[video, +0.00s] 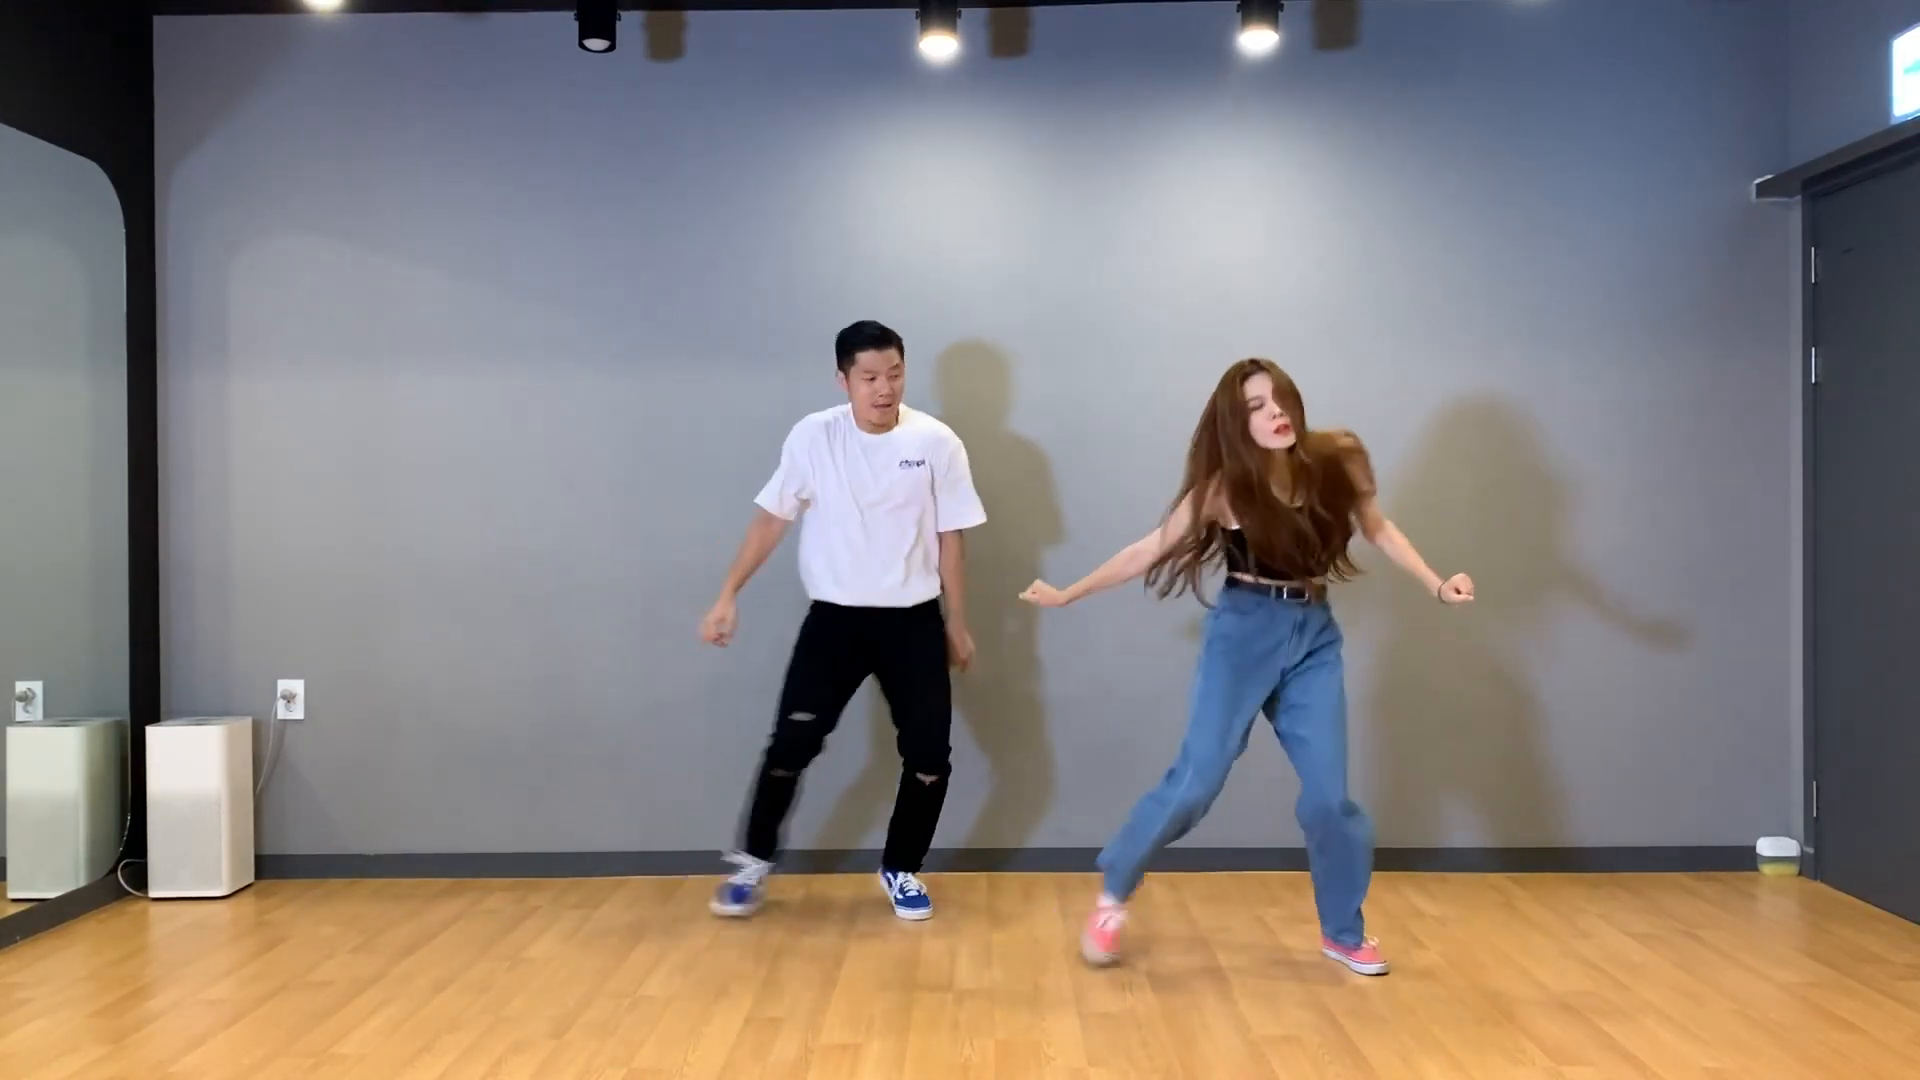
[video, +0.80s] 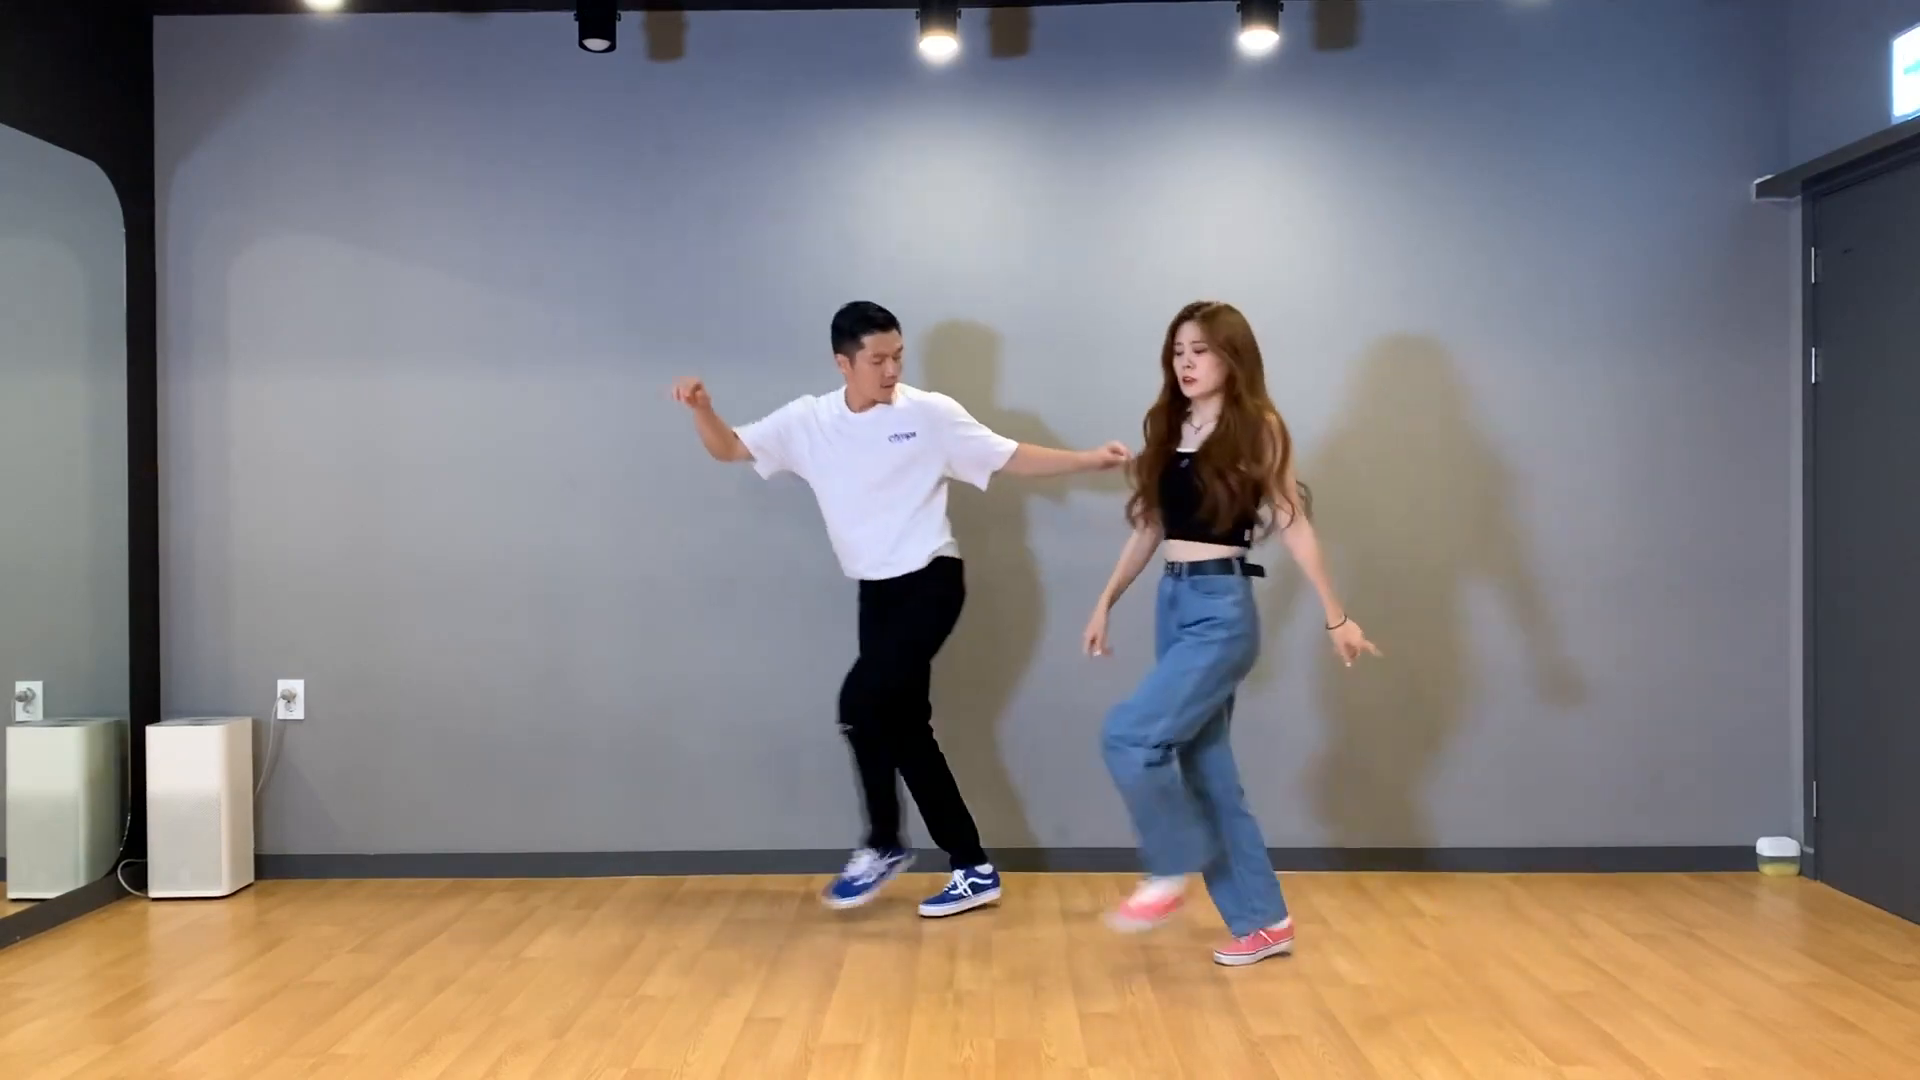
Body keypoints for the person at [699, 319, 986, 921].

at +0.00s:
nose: (883, 388)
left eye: (893, 374)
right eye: (868, 376)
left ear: (905, 374)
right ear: (844, 378)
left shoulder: (936, 442)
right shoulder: (812, 438)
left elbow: (949, 538)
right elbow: (771, 519)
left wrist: (956, 621)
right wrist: (728, 593)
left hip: (913, 622)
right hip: (834, 620)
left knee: (930, 759)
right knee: (792, 741)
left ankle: (901, 870)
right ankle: (754, 863)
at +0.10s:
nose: (899, 389)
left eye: (905, 375)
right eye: (884, 377)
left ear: (914, 374)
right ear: (851, 379)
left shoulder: (945, 448)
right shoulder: (816, 453)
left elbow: (967, 542)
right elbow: (796, 542)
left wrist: (988, 630)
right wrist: (747, 585)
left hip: (937, 614)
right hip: (860, 619)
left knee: (950, 741)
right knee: (853, 750)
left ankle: (948, 857)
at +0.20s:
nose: (914, 398)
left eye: (918, 385)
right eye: (900, 388)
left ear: (922, 382)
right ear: (863, 389)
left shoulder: (955, 449)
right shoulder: (829, 465)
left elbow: (993, 531)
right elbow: (803, 555)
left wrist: (1036, 601)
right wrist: (742, 576)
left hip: (965, 619)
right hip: (888, 632)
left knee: (998, 734)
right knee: (879, 760)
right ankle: (906, 882)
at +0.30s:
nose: (926, 403)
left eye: (931, 390)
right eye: (913, 394)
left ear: (935, 384)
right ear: (875, 395)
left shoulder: (965, 442)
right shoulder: (844, 467)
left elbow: (1023, 512)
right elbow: (814, 542)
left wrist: (1074, 571)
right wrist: (743, 563)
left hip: (993, 611)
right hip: (917, 630)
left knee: (1051, 736)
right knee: (886, 756)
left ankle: (1121, 854)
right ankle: (911, 877)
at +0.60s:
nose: (923, 395)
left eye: (926, 383)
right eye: (911, 385)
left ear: (929, 381)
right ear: (872, 387)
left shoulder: (956, 438)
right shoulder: (831, 460)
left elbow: (1034, 489)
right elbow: (759, 509)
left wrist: (1099, 522)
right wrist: (729, 475)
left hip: (988, 593)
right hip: (922, 614)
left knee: (992, 715)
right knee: (911, 758)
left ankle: (1072, 813)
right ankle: (978, 878)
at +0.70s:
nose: (910, 379)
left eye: (914, 366)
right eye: (898, 369)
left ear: (918, 365)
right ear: (860, 371)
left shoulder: (943, 423)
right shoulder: (820, 435)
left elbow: (1025, 469)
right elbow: (745, 477)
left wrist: (1103, 486)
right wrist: (718, 435)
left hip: (961, 582)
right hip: (901, 597)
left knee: (916, 698)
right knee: (906, 741)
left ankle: (987, 811)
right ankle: (974, 872)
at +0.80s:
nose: (892, 369)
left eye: (897, 356)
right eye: (878, 359)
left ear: (903, 353)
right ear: (843, 361)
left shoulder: (929, 413)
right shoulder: (809, 419)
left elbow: (1009, 455)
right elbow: (731, 449)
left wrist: (1089, 458)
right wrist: (701, 410)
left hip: (932, 581)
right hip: (877, 592)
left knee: (861, 704)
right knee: (905, 730)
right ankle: (974, 869)